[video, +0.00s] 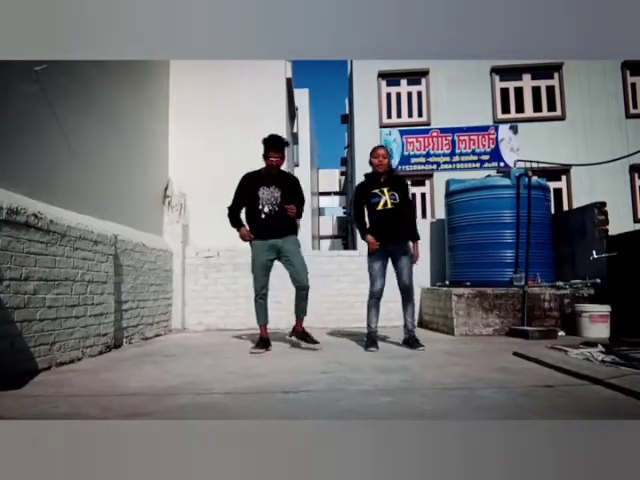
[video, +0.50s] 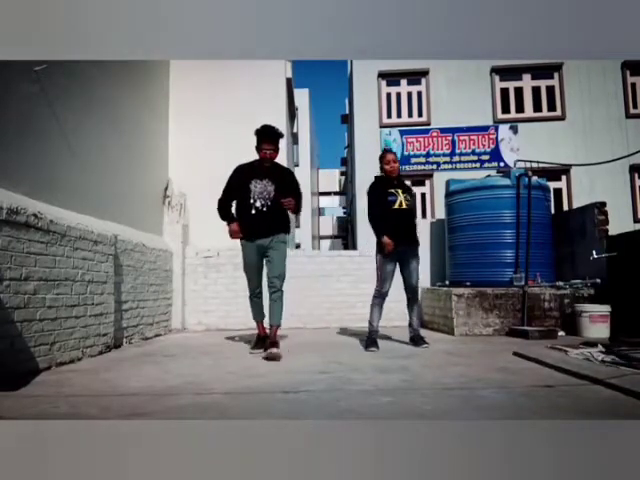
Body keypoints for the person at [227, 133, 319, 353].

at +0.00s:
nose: (275, 160)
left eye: (279, 156)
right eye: (271, 156)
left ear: (284, 157)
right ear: (265, 156)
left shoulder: (291, 180)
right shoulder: (250, 180)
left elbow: (301, 209)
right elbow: (234, 210)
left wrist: (296, 211)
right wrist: (241, 228)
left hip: (288, 240)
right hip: (261, 241)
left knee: (303, 283)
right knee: (260, 289)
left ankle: (299, 328)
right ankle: (263, 334)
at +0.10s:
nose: (271, 158)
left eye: (275, 155)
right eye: (267, 154)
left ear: (281, 155)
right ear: (260, 154)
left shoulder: (288, 179)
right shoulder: (246, 178)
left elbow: (296, 210)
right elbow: (228, 208)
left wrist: (292, 210)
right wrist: (237, 227)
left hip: (284, 237)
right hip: (258, 239)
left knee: (296, 281)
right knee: (259, 289)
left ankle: (292, 329)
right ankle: (263, 335)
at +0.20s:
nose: (269, 156)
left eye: (273, 152)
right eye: (265, 152)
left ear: (278, 153)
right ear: (259, 152)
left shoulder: (285, 177)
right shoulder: (243, 175)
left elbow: (294, 206)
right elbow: (225, 206)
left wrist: (292, 208)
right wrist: (235, 225)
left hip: (281, 236)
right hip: (255, 238)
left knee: (288, 283)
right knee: (258, 288)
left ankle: (289, 333)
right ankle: (263, 334)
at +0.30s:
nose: (268, 156)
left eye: (272, 152)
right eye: (264, 152)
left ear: (278, 152)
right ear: (258, 151)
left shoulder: (284, 177)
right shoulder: (242, 175)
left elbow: (293, 206)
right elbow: (223, 205)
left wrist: (292, 208)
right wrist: (233, 225)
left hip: (279, 237)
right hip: (253, 239)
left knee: (282, 283)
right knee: (256, 288)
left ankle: (285, 333)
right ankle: (262, 333)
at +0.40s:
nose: (268, 156)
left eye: (272, 151)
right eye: (264, 151)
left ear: (278, 152)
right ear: (257, 150)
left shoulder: (284, 177)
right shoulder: (241, 174)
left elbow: (294, 208)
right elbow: (223, 205)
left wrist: (292, 208)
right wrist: (231, 225)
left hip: (278, 237)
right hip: (251, 239)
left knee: (279, 283)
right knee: (255, 288)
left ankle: (279, 333)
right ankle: (261, 332)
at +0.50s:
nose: (268, 154)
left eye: (272, 149)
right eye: (264, 149)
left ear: (278, 150)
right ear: (257, 148)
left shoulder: (286, 175)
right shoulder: (241, 172)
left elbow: (297, 207)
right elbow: (223, 203)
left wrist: (294, 205)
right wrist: (231, 222)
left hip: (277, 237)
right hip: (250, 239)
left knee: (276, 285)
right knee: (255, 288)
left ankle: (274, 336)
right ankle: (261, 331)